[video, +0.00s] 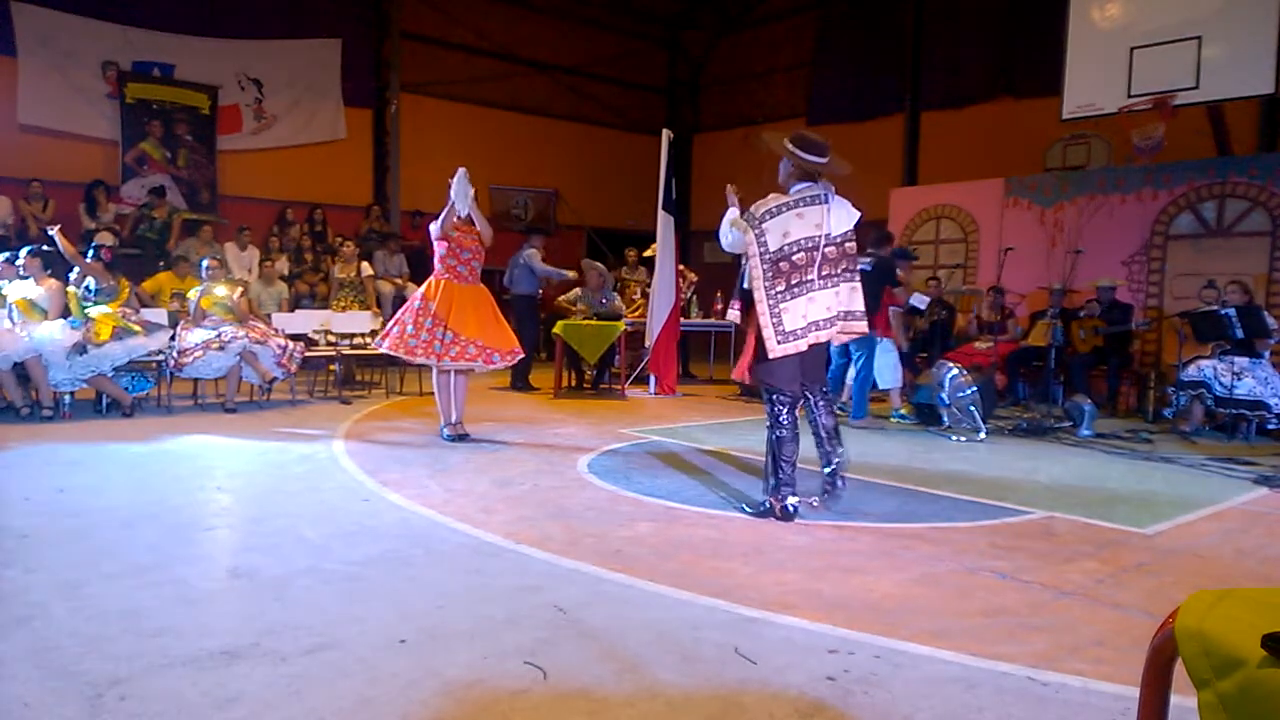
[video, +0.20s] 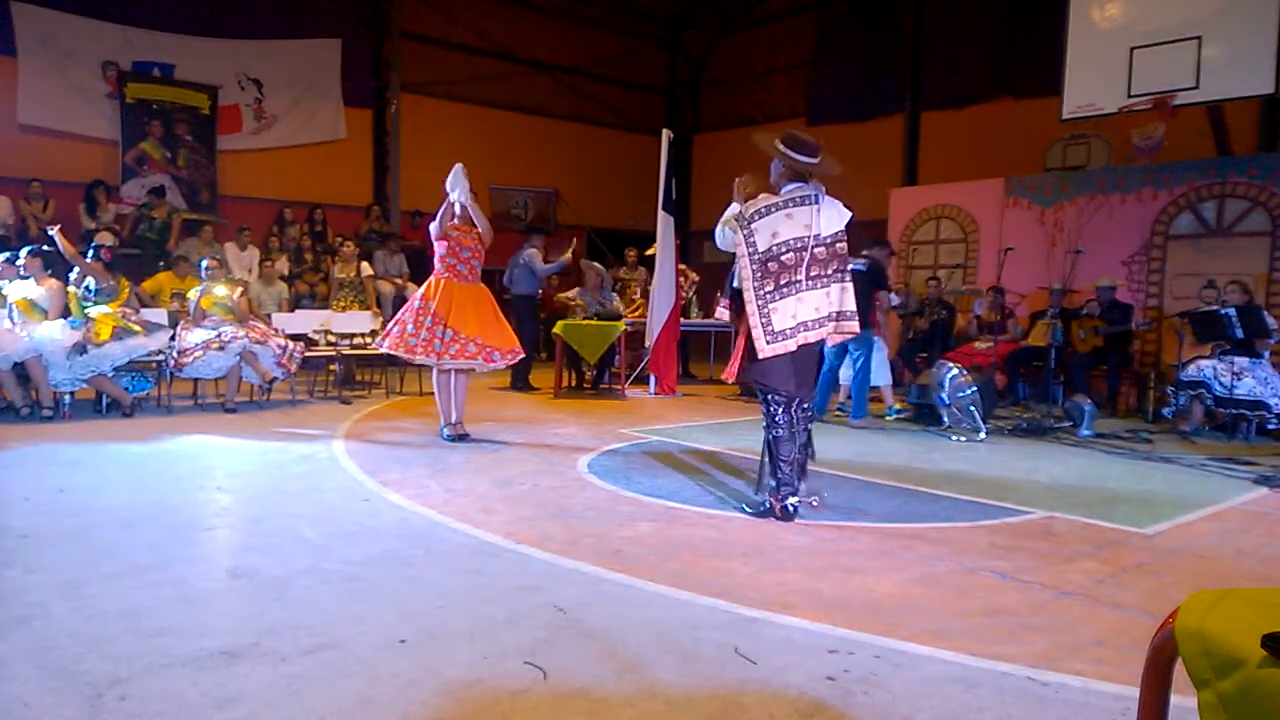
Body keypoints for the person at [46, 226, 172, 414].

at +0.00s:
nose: (87, 263)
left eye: (89, 259)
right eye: (88, 259)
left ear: (97, 259)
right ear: (107, 259)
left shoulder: (101, 275)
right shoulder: (122, 282)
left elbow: (73, 255)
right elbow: (135, 308)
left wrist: (56, 233)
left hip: (103, 332)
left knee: (79, 365)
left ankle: (125, 399)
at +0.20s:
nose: (87, 264)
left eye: (90, 259)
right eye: (88, 259)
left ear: (98, 260)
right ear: (108, 260)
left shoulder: (101, 276)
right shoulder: (122, 283)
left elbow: (73, 256)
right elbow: (135, 309)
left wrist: (56, 233)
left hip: (103, 332)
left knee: (78, 364)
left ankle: (126, 399)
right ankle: (124, 398)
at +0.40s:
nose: (87, 263)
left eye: (89, 259)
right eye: (88, 259)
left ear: (97, 260)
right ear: (107, 260)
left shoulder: (101, 276)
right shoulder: (122, 283)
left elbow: (73, 256)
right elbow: (135, 310)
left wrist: (56, 233)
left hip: (102, 332)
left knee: (78, 364)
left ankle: (126, 400)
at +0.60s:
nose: (86, 263)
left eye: (89, 258)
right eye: (88, 258)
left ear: (97, 259)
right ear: (108, 259)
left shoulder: (100, 275)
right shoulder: (122, 283)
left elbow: (73, 256)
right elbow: (135, 309)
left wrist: (56, 233)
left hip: (102, 332)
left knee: (78, 365)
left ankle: (126, 400)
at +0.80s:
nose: (87, 262)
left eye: (89, 258)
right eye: (88, 258)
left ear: (97, 259)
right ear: (108, 259)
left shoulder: (101, 275)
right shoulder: (122, 283)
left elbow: (74, 256)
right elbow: (136, 309)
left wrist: (56, 233)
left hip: (102, 332)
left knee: (79, 365)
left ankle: (126, 400)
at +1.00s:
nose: (86, 263)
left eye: (89, 259)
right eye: (87, 259)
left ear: (97, 259)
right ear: (106, 260)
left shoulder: (101, 276)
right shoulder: (122, 283)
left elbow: (73, 256)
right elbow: (135, 309)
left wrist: (56, 233)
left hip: (103, 332)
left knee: (79, 365)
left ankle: (126, 400)